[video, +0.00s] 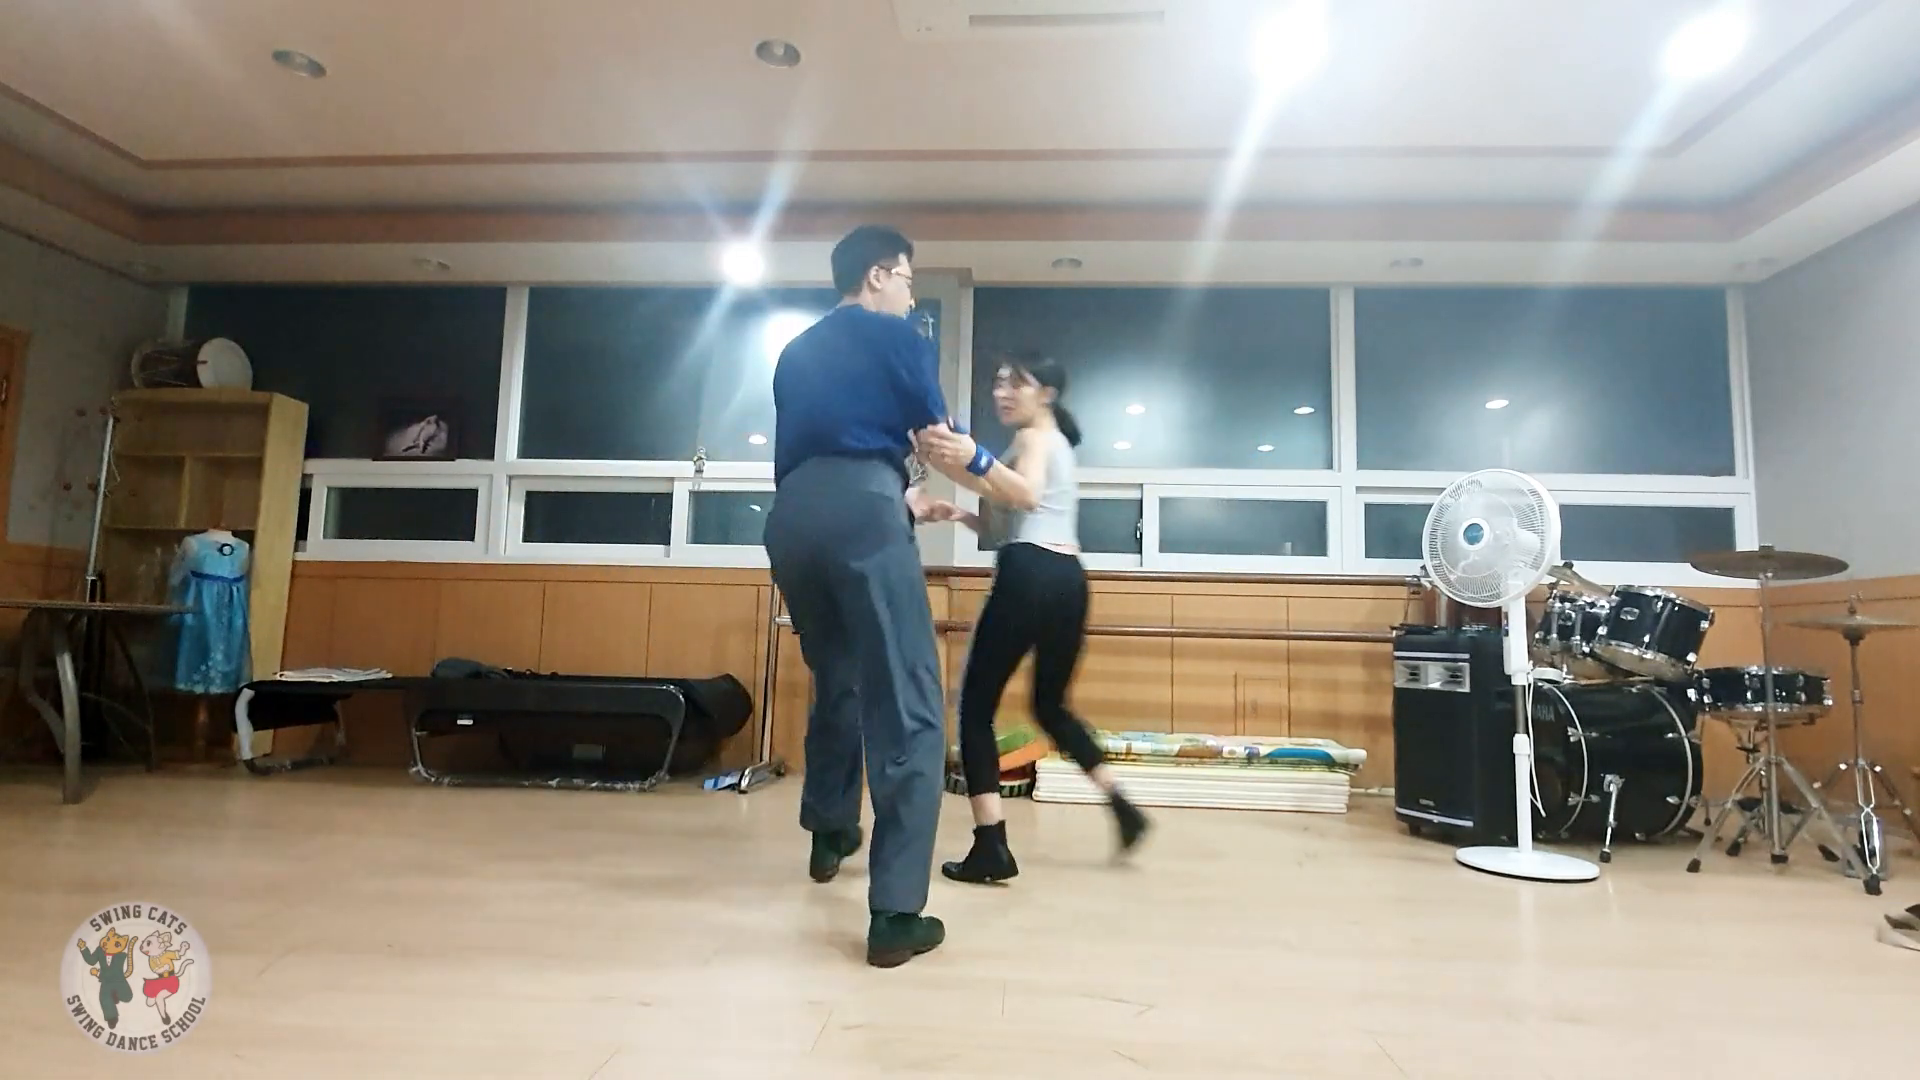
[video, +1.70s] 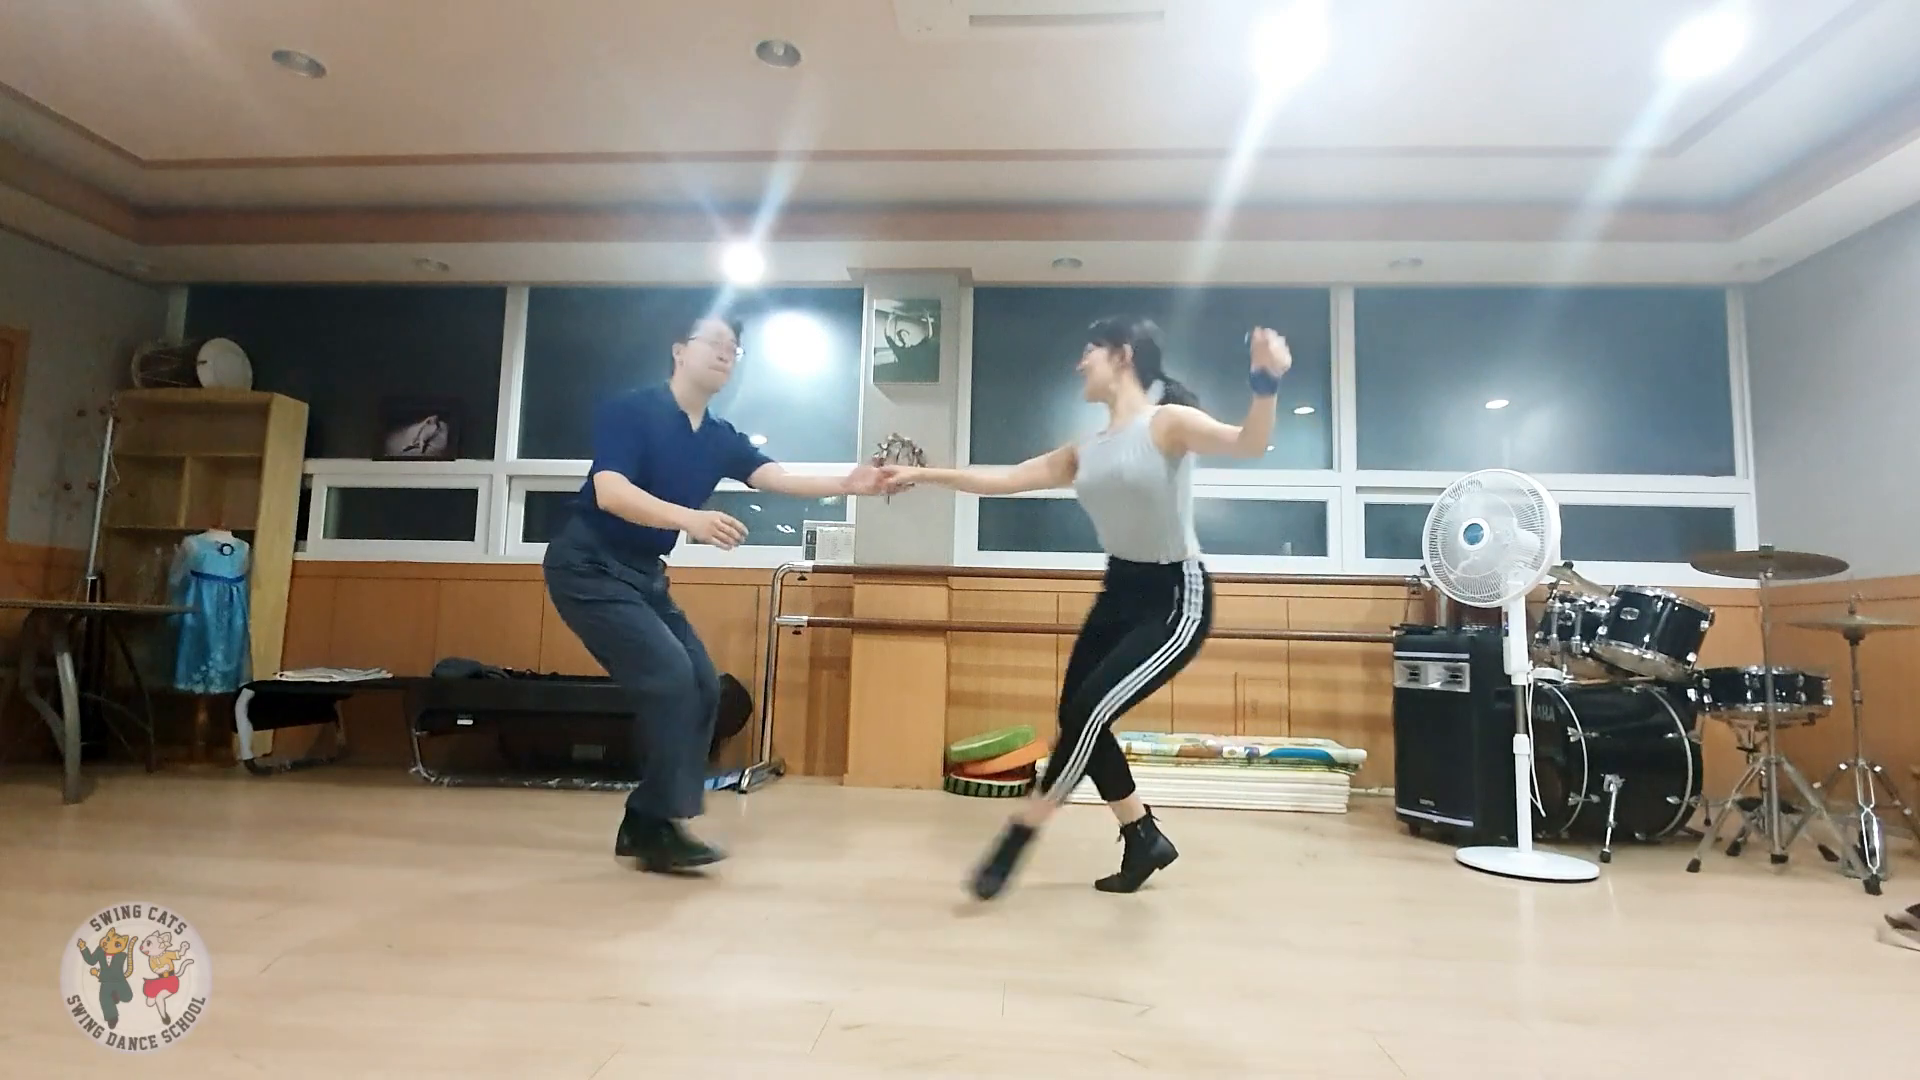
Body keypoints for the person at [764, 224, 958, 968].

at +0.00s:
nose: (910, 293)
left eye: (908, 280)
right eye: (906, 279)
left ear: (845, 280)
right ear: (880, 276)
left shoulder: (795, 352)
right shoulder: (899, 339)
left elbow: (794, 464)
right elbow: (944, 451)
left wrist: (901, 498)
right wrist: (961, 454)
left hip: (792, 508)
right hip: (866, 505)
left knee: (836, 679)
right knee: (908, 704)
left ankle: (830, 835)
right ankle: (896, 912)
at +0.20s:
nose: (883, 295)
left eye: (880, 282)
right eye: (873, 281)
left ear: (834, 287)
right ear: (838, 285)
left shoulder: (803, 349)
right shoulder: (827, 349)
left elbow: (851, 452)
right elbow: (852, 459)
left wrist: (947, 472)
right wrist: (928, 543)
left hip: (771, 535)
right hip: (806, 534)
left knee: (832, 707)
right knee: (870, 701)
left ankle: (845, 859)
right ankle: (867, 890)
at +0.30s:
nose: (866, 291)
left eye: (865, 278)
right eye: (857, 277)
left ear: (822, 283)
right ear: (818, 281)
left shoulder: (811, 352)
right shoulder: (798, 344)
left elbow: (874, 435)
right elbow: (788, 445)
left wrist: (963, 452)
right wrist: (844, 538)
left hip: (772, 533)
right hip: (787, 532)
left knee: (818, 688)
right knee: (856, 682)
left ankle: (836, 836)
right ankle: (804, 861)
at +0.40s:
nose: (851, 293)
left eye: (849, 280)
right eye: (841, 279)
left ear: (813, 288)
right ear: (803, 284)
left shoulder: (825, 374)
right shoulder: (768, 353)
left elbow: (886, 434)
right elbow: (740, 452)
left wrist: (972, 448)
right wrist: (774, 544)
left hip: (792, 536)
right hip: (757, 534)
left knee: (831, 685)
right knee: (823, 688)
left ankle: (833, 837)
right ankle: (754, 836)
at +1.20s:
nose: (799, 353)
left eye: (802, 344)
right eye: (786, 341)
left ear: (800, 355)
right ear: (747, 347)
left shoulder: (796, 436)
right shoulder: (693, 410)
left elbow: (872, 479)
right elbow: (635, 489)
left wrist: (954, 483)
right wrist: (684, 544)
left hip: (722, 578)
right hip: (659, 568)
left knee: (782, 671)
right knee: (724, 684)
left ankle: (763, 829)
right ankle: (745, 841)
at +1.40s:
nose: (775, 369)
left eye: (778, 360)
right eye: (762, 356)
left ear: (776, 368)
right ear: (724, 363)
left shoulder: (773, 450)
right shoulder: (671, 425)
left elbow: (846, 488)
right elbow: (622, 505)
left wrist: (931, 496)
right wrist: (681, 549)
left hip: (695, 592)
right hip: (634, 581)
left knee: (750, 688)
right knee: (712, 689)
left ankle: (661, 799)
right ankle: (745, 843)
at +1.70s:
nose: (728, 357)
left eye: (733, 352)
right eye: (716, 345)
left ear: (733, 367)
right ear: (679, 350)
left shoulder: (721, 439)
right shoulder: (630, 411)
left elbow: (779, 477)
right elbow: (609, 490)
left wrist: (853, 480)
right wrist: (689, 519)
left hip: (642, 576)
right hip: (586, 567)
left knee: (703, 683)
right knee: (669, 675)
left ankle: (648, 820)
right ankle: (655, 825)